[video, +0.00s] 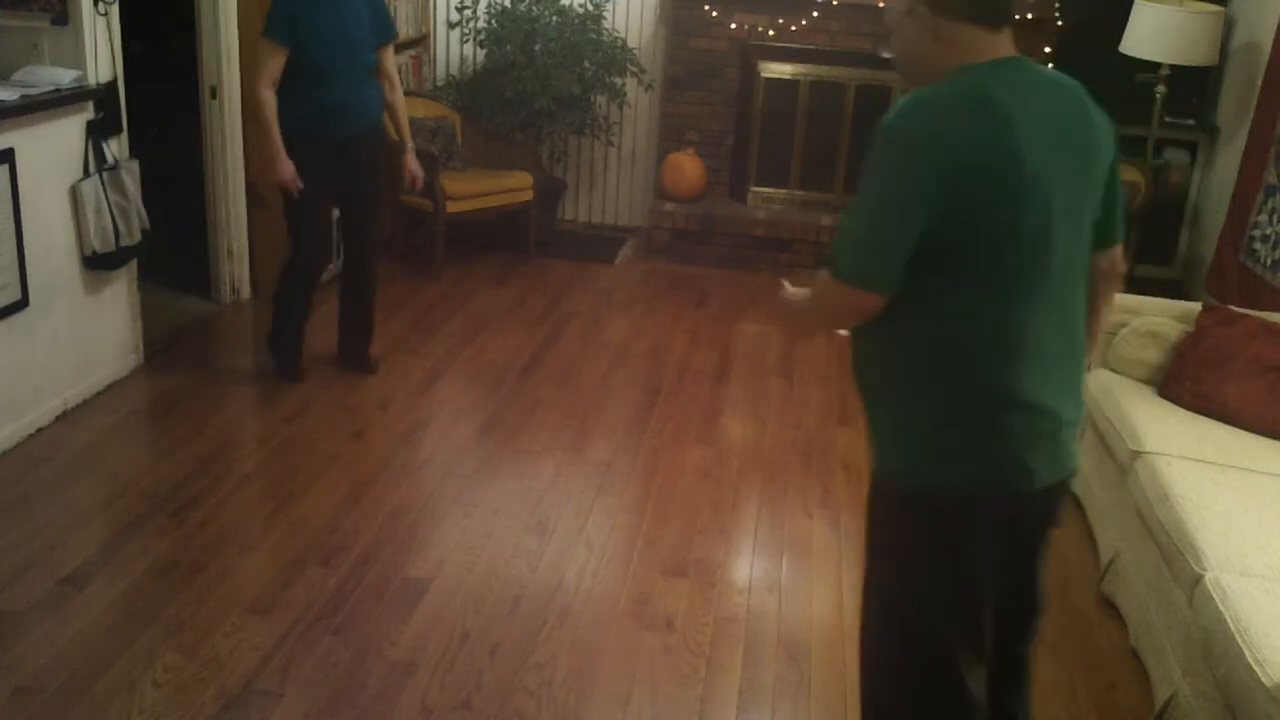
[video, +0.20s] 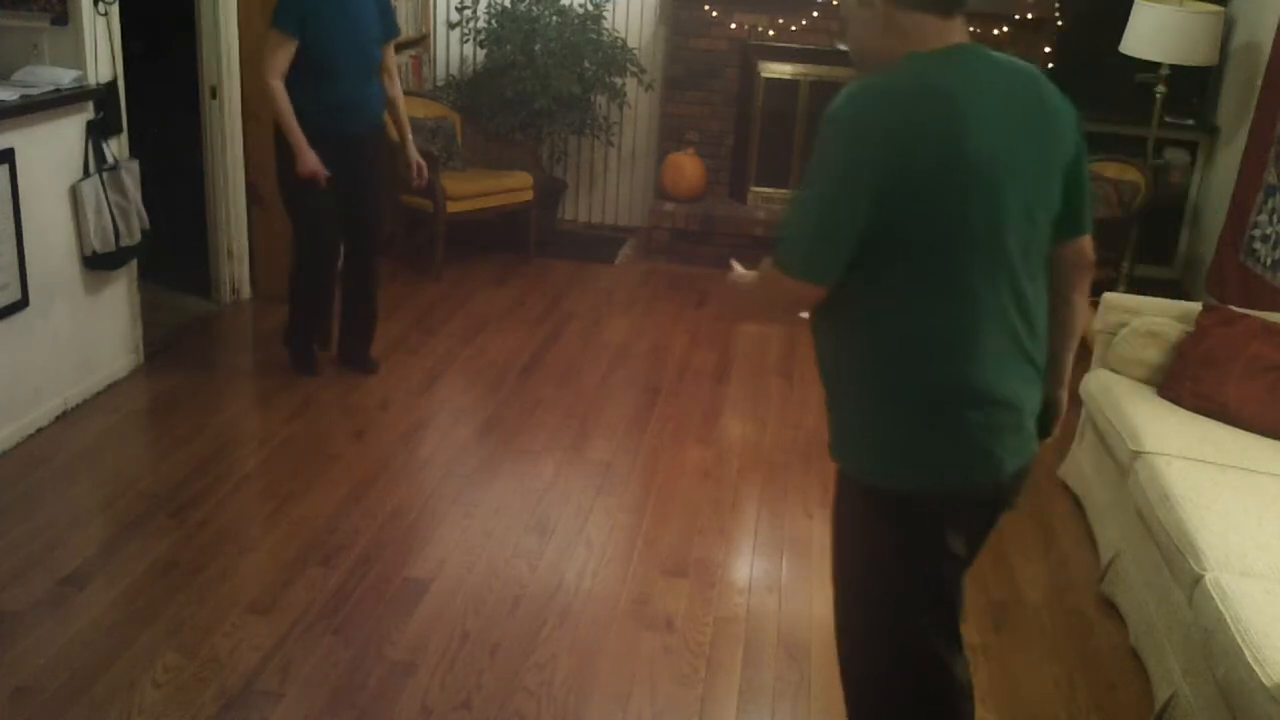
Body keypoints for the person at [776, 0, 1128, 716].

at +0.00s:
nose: (888, 35)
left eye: (893, 17)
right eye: (888, 19)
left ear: (927, 18)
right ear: (1001, 19)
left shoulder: (925, 119)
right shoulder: (1084, 113)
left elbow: (858, 294)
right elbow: (1106, 267)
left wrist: (803, 308)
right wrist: (1075, 369)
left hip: (936, 455)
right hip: (1042, 448)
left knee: (908, 660)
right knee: (1004, 647)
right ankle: (1004, 714)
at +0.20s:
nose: (840, 27)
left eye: (846, 10)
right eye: (840, 12)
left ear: (886, 11)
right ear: (952, 13)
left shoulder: (875, 107)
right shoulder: (1046, 101)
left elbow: (798, 284)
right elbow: (1074, 260)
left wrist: (744, 294)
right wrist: (1057, 380)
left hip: (905, 447)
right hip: (1004, 437)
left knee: (894, 668)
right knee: (926, 641)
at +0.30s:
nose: (819, 33)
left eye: (824, 16)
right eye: (820, 18)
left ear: (860, 12)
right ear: (927, 14)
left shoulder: (850, 108)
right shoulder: (1021, 98)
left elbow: (775, 283)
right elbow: (1053, 258)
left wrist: (728, 299)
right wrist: (1038, 379)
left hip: (884, 439)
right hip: (982, 431)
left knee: (896, 647)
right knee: (883, 614)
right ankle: (840, 704)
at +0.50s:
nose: (769, 27)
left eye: (774, 11)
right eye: (769, 14)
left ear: (804, 9)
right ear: (872, 10)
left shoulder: (798, 106)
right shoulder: (957, 94)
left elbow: (750, 282)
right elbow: (988, 251)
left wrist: (691, 367)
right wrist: (977, 363)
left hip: (828, 426)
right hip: (927, 418)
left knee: (851, 623)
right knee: (822, 609)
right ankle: (766, 712)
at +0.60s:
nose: (735, 25)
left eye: (739, 11)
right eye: (734, 13)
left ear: (776, 6)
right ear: (839, 4)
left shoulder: (776, 95)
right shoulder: (923, 80)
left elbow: (734, 269)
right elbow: (955, 228)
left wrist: (678, 377)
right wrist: (940, 341)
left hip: (801, 425)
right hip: (895, 415)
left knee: (771, 579)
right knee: (818, 588)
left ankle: (840, 705)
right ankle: (776, 704)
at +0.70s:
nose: (714, 18)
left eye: (721, 6)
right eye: (714, 8)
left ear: (756, 3)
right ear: (818, 2)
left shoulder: (755, 85)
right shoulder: (891, 71)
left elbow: (710, 257)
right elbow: (922, 218)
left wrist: (650, 381)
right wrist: (883, 326)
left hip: (765, 398)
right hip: (864, 394)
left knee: (696, 533)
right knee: (810, 574)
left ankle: (760, 700)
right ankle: (791, 705)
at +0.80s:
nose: (693, 17)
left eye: (700, 6)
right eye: (693, 9)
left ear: (734, 3)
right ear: (795, 1)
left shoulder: (730, 80)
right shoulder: (863, 69)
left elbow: (688, 248)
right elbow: (884, 213)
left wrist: (630, 376)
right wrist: (834, 312)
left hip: (723, 392)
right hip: (831, 391)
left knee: (672, 550)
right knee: (794, 572)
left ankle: (673, 701)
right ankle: (781, 704)